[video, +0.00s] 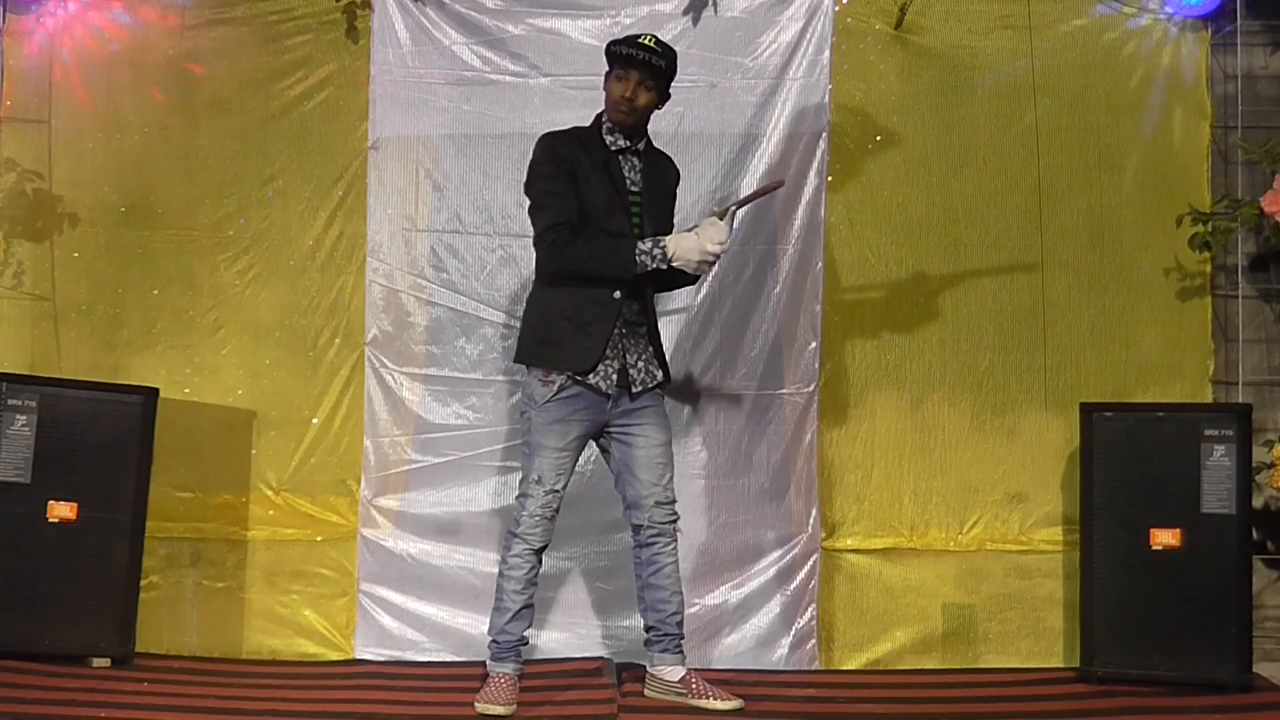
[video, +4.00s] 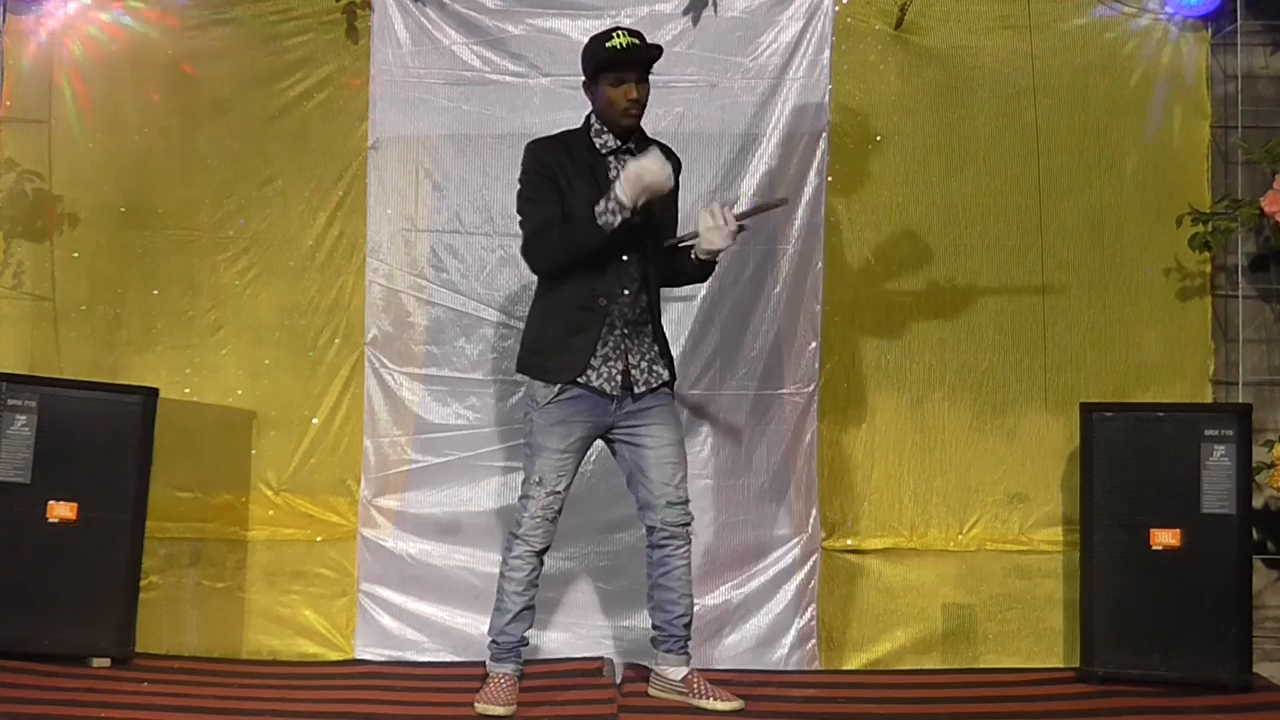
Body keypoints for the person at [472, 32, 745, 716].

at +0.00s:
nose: (631, 90)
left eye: (647, 84)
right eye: (623, 76)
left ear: (662, 98)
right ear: (606, 80)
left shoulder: (662, 171)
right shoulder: (558, 150)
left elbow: (642, 279)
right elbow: (556, 254)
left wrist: (692, 260)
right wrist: (659, 249)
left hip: (638, 370)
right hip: (564, 368)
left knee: (656, 518)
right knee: (534, 518)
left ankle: (666, 670)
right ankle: (503, 668)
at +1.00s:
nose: (660, 117)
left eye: (665, 106)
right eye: (652, 103)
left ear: (655, 106)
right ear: (614, 91)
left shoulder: (651, 167)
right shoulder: (546, 153)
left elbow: (646, 270)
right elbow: (537, 252)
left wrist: (694, 252)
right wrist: (622, 210)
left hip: (638, 374)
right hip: (562, 373)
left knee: (654, 519)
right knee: (532, 523)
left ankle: (666, 670)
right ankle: (503, 670)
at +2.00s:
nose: (624, 89)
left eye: (639, 80)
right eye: (616, 76)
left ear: (660, 91)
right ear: (602, 82)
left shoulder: (667, 170)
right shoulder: (559, 151)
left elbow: (649, 276)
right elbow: (534, 244)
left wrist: (694, 253)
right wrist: (632, 244)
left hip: (641, 371)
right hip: (565, 368)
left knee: (662, 520)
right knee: (533, 519)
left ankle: (667, 670)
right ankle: (503, 668)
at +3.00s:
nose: (656, 118)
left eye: (665, 107)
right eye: (645, 104)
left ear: (672, 106)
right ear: (615, 97)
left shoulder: (669, 173)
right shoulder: (560, 152)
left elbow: (660, 279)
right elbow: (516, 230)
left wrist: (682, 248)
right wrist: (618, 221)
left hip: (648, 381)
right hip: (569, 376)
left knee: (681, 514)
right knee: (536, 524)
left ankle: (668, 671)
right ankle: (503, 670)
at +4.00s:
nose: (634, 94)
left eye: (641, 82)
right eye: (620, 84)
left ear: (649, 87)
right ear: (591, 90)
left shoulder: (660, 163)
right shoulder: (549, 157)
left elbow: (653, 266)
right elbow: (543, 255)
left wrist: (702, 250)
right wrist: (618, 204)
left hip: (646, 375)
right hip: (567, 374)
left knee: (671, 519)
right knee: (536, 521)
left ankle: (672, 669)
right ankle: (503, 669)